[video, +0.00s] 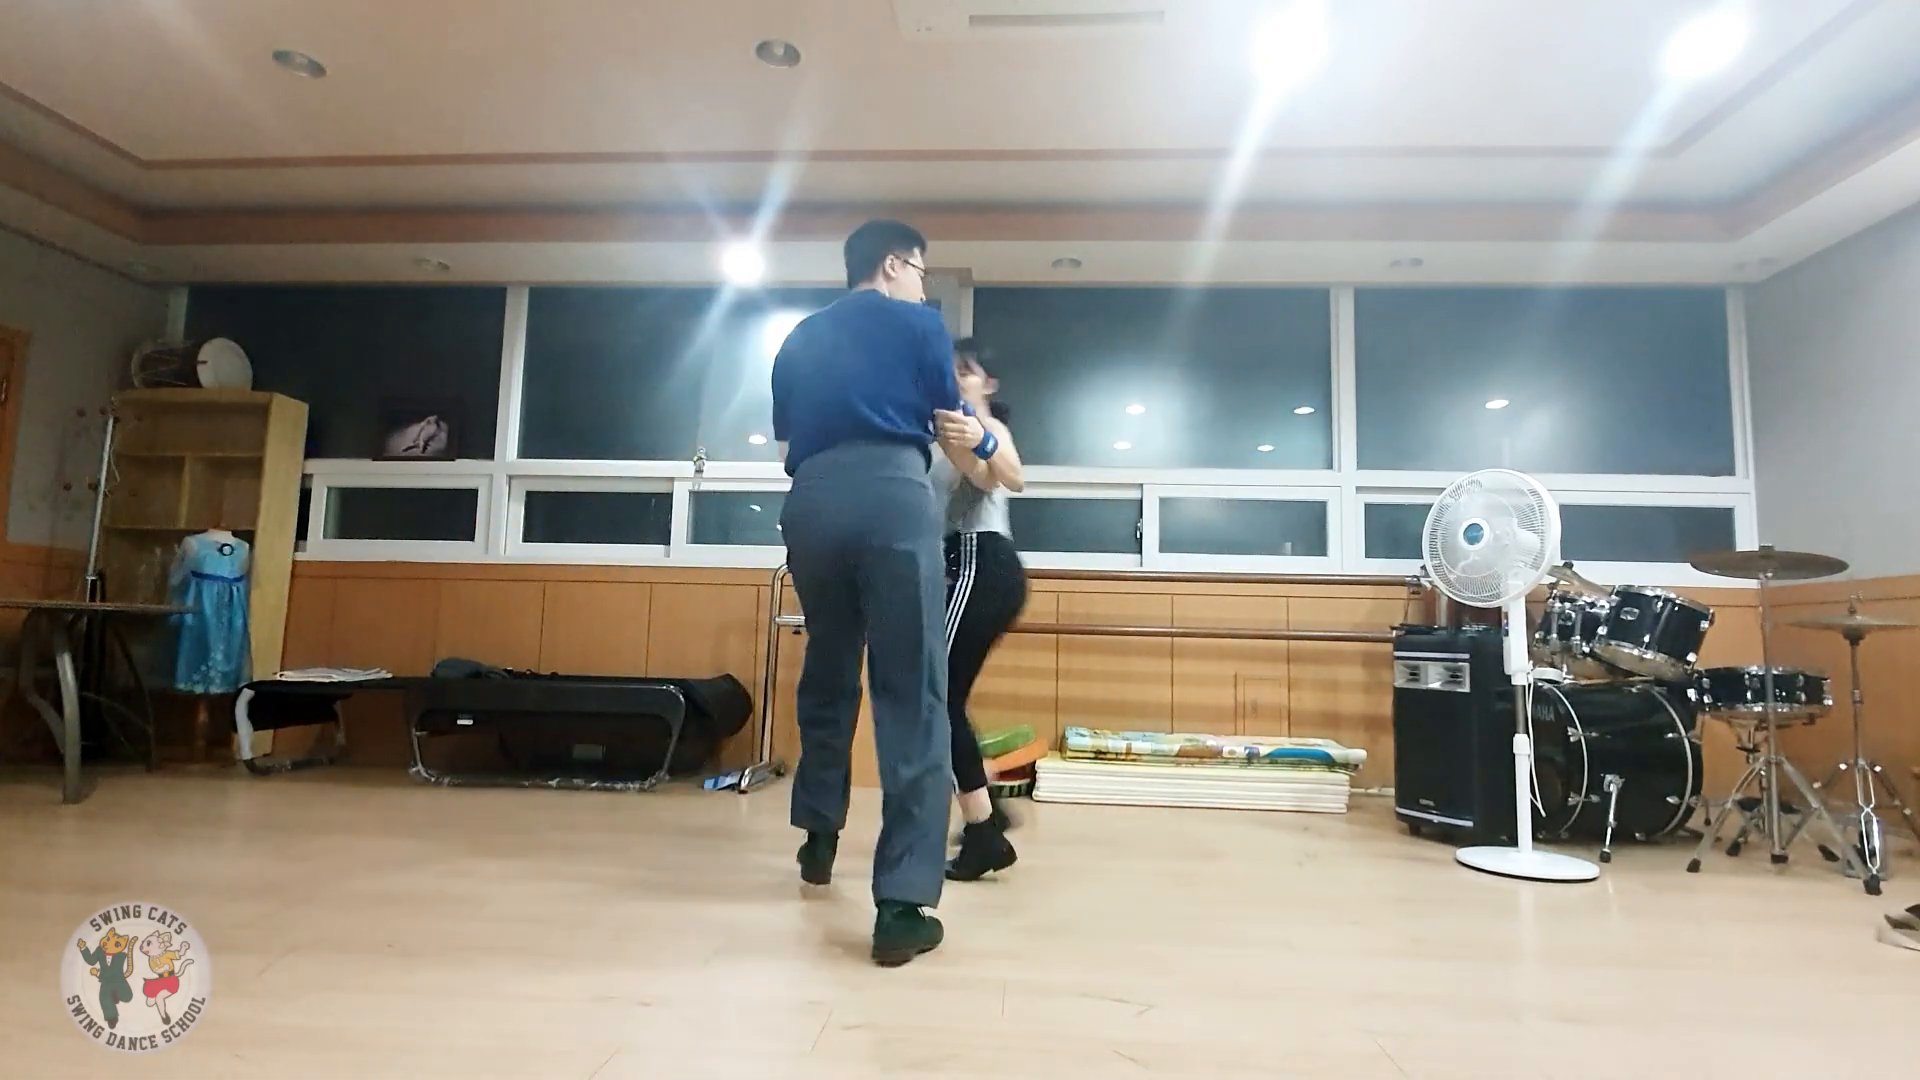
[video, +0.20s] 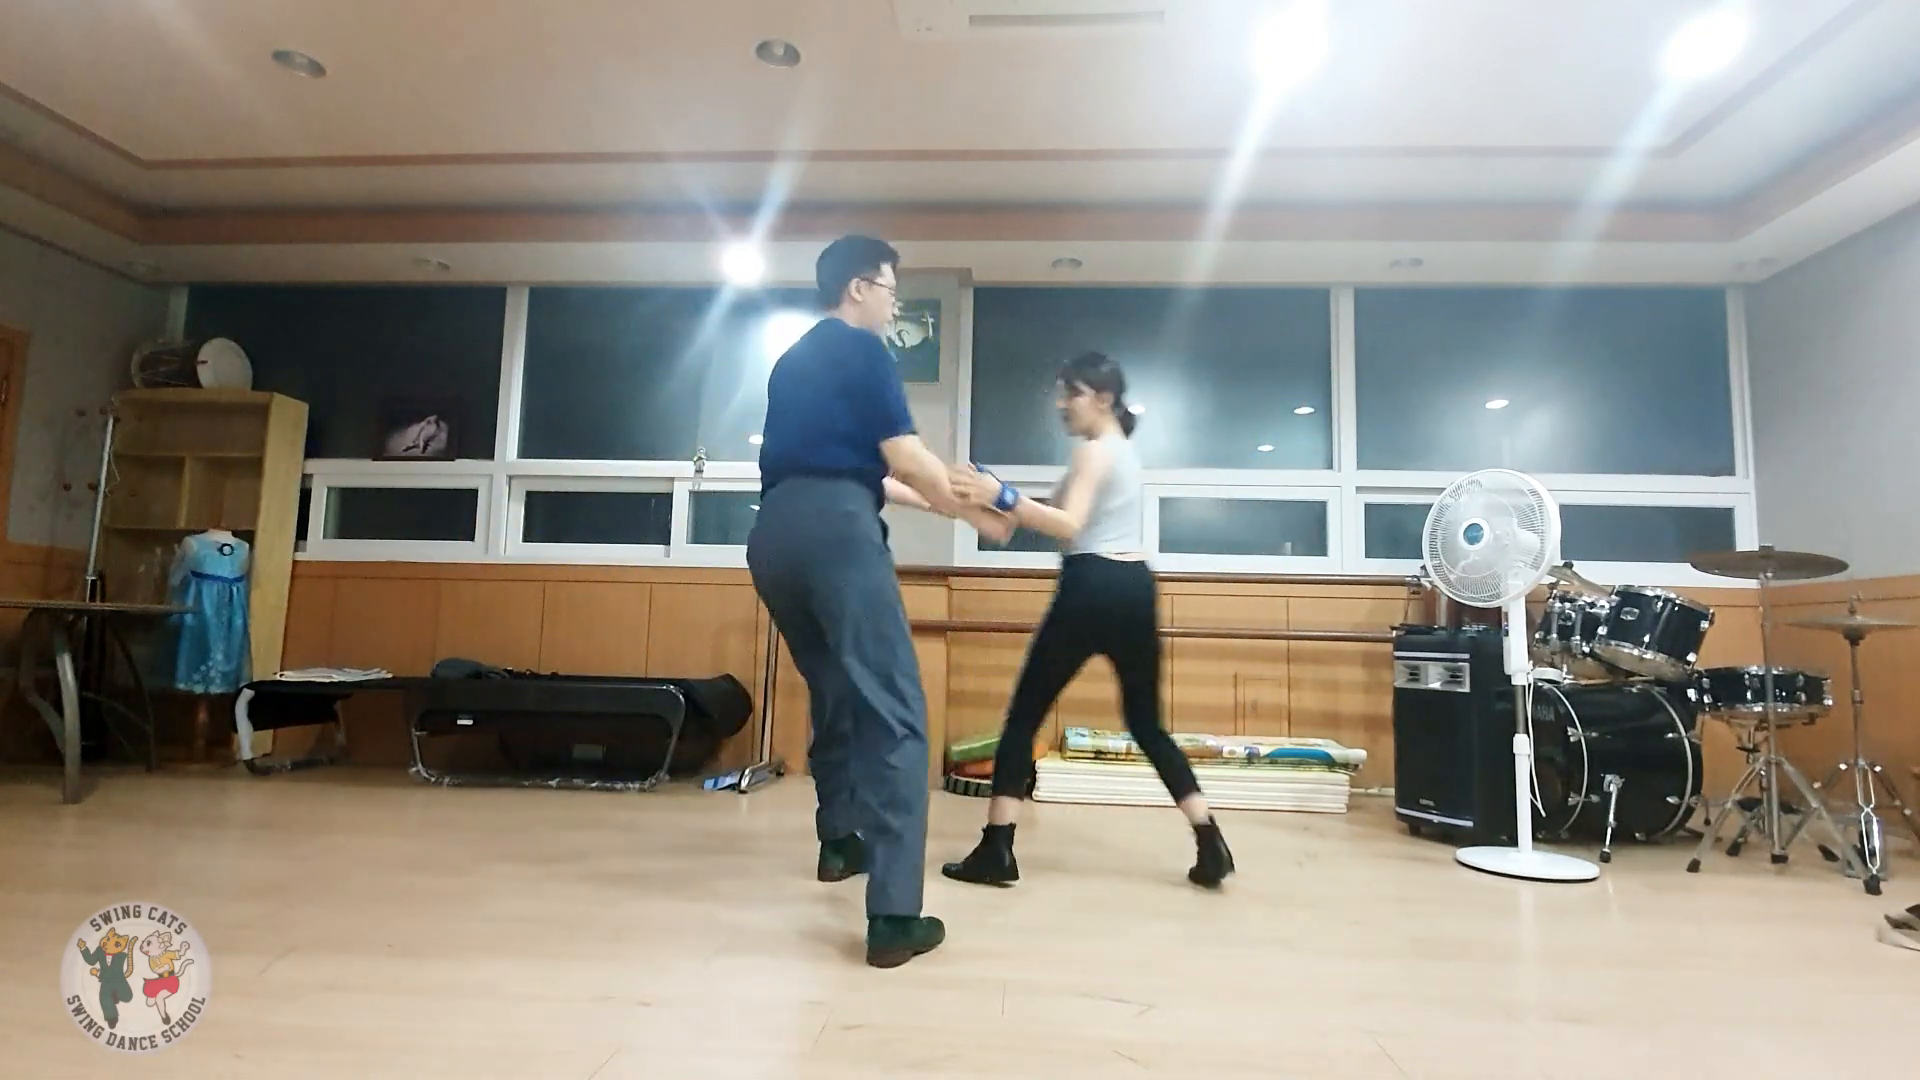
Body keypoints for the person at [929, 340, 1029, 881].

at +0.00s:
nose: (955, 383)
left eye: (963, 374)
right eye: (951, 376)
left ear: (987, 381)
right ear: (953, 382)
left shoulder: (986, 425)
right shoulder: (947, 426)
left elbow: (1009, 477)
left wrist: (974, 435)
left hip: (981, 562)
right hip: (969, 563)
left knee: (943, 693)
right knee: (945, 693)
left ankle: (981, 828)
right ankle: (983, 817)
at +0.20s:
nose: (1061, 405)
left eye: (1071, 394)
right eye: (1062, 394)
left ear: (1100, 397)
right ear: (1104, 400)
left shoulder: (1096, 451)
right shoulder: (1123, 451)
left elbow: (1069, 525)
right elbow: (1066, 518)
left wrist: (1002, 496)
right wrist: (1013, 509)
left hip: (1090, 587)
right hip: (1136, 588)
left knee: (1024, 716)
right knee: (1146, 723)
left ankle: (996, 846)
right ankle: (1210, 841)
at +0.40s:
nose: (1147, 387)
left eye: (1158, 377)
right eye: (1147, 377)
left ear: (1192, 383)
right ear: (1182, 386)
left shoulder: (1198, 443)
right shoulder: (1178, 437)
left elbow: (1203, 532)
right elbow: (1112, 465)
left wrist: (1152, 582)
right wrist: (1039, 456)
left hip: (1207, 570)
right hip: (1255, 574)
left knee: (1139, 691)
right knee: (1227, 710)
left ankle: (1122, 803)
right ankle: (1227, 848)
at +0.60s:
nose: (1210, 380)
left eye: (1225, 370)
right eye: (1205, 371)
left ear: (1257, 380)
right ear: (1201, 382)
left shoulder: (1281, 445)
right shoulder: (1203, 447)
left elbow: (1336, 524)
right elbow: (1131, 473)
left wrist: (1390, 590)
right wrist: (1054, 461)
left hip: (1290, 587)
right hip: (1263, 590)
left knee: (1236, 717)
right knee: (1237, 716)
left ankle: (1307, 854)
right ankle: (1249, 851)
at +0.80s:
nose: (1246, 365)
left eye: (1259, 353)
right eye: (1236, 357)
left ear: (1290, 362)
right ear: (1231, 372)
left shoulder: (1332, 423)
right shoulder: (1220, 441)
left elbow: (1436, 425)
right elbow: (1134, 467)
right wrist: (1052, 452)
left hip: (1317, 583)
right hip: (1255, 583)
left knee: (1269, 709)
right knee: (1183, 686)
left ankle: (1294, 855)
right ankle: (1200, 815)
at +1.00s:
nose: (1243, 381)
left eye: (1256, 370)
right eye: (1234, 377)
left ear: (1290, 383)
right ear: (1231, 398)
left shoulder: (1334, 439)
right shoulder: (1227, 467)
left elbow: (1415, 362)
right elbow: (1134, 485)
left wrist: (1473, 283)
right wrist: (1046, 472)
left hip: (1292, 612)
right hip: (1230, 599)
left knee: (1256, 726)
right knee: (1215, 728)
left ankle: (1182, 862)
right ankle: (1192, 861)